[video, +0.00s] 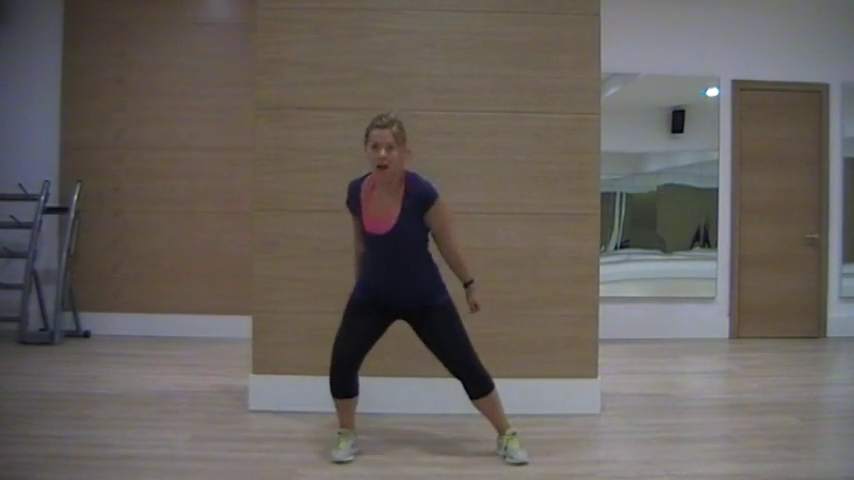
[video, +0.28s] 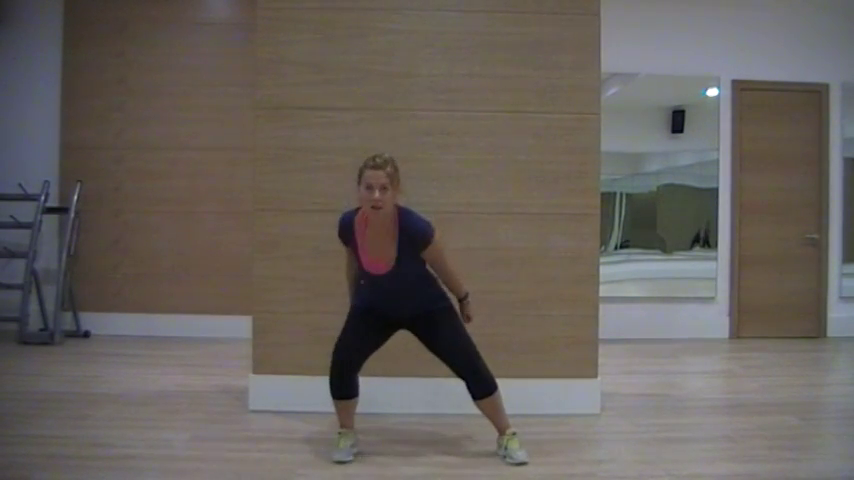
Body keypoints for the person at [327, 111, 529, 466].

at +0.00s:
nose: (382, 155)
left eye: (390, 147)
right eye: (375, 147)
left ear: (405, 152)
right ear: (366, 151)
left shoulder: (421, 192)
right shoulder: (358, 192)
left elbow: (446, 242)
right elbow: (360, 247)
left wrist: (469, 284)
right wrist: (361, 289)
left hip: (423, 295)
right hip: (374, 295)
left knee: (466, 365)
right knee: (342, 362)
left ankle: (506, 435)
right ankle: (346, 434)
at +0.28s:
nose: (375, 196)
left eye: (383, 189)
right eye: (369, 188)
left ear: (396, 192)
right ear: (358, 190)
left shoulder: (413, 227)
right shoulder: (350, 225)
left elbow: (441, 266)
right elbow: (353, 267)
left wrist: (463, 297)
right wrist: (355, 306)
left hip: (423, 305)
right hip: (375, 307)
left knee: (470, 365)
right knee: (342, 363)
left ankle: (507, 436)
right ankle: (346, 435)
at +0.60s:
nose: (401, 244)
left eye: (408, 237)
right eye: (393, 237)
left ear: (420, 238)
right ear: (380, 238)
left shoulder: (437, 264)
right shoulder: (365, 260)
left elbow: (460, 293)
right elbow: (353, 289)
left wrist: (465, 313)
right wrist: (350, 325)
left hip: (434, 316)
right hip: (383, 315)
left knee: (478, 367)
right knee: (351, 365)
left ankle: (507, 436)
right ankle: (346, 434)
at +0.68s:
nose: (411, 255)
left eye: (419, 248)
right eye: (403, 247)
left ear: (429, 249)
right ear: (391, 247)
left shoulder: (445, 270)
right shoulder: (373, 267)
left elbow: (463, 301)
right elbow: (355, 293)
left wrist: (463, 325)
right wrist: (350, 324)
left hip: (436, 316)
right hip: (384, 316)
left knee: (480, 365)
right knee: (354, 366)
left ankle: (507, 436)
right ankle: (346, 434)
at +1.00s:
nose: (459, 272)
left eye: (465, 263)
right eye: (450, 264)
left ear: (474, 261)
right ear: (434, 261)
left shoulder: (483, 281)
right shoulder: (410, 274)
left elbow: (480, 302)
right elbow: (374, 287)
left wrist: (481, 318)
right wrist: (357, 317)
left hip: (449, 319)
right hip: (397, 313)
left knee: (490, 364)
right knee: (367, 367)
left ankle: (508, 436)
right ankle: (348, 435)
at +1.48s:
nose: (500, 246)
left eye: (507, 237)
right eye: (492, 238)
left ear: (513, 235)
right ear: (474, 233)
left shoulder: (514, 251)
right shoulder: (446, 244)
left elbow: (491, 264)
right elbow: (402, 254)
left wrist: (485, 284)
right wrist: (372, 283)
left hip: (454, 298)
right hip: (405, 293)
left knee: (491, 361)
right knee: (381, 364)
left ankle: (509, 436)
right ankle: (350, 434)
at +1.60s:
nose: (508, 231)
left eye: (515, 223)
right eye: (500, 223)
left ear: (522, 222)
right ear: (483, 220)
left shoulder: (519, 240)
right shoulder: (453, 234)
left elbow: (493, 257)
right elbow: (406, 249)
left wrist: (484, 279)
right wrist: (376, 279)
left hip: (456, 293)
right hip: (407, 289)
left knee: (491, 359)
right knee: (382, 363)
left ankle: (508, 436)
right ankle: (349, 434)